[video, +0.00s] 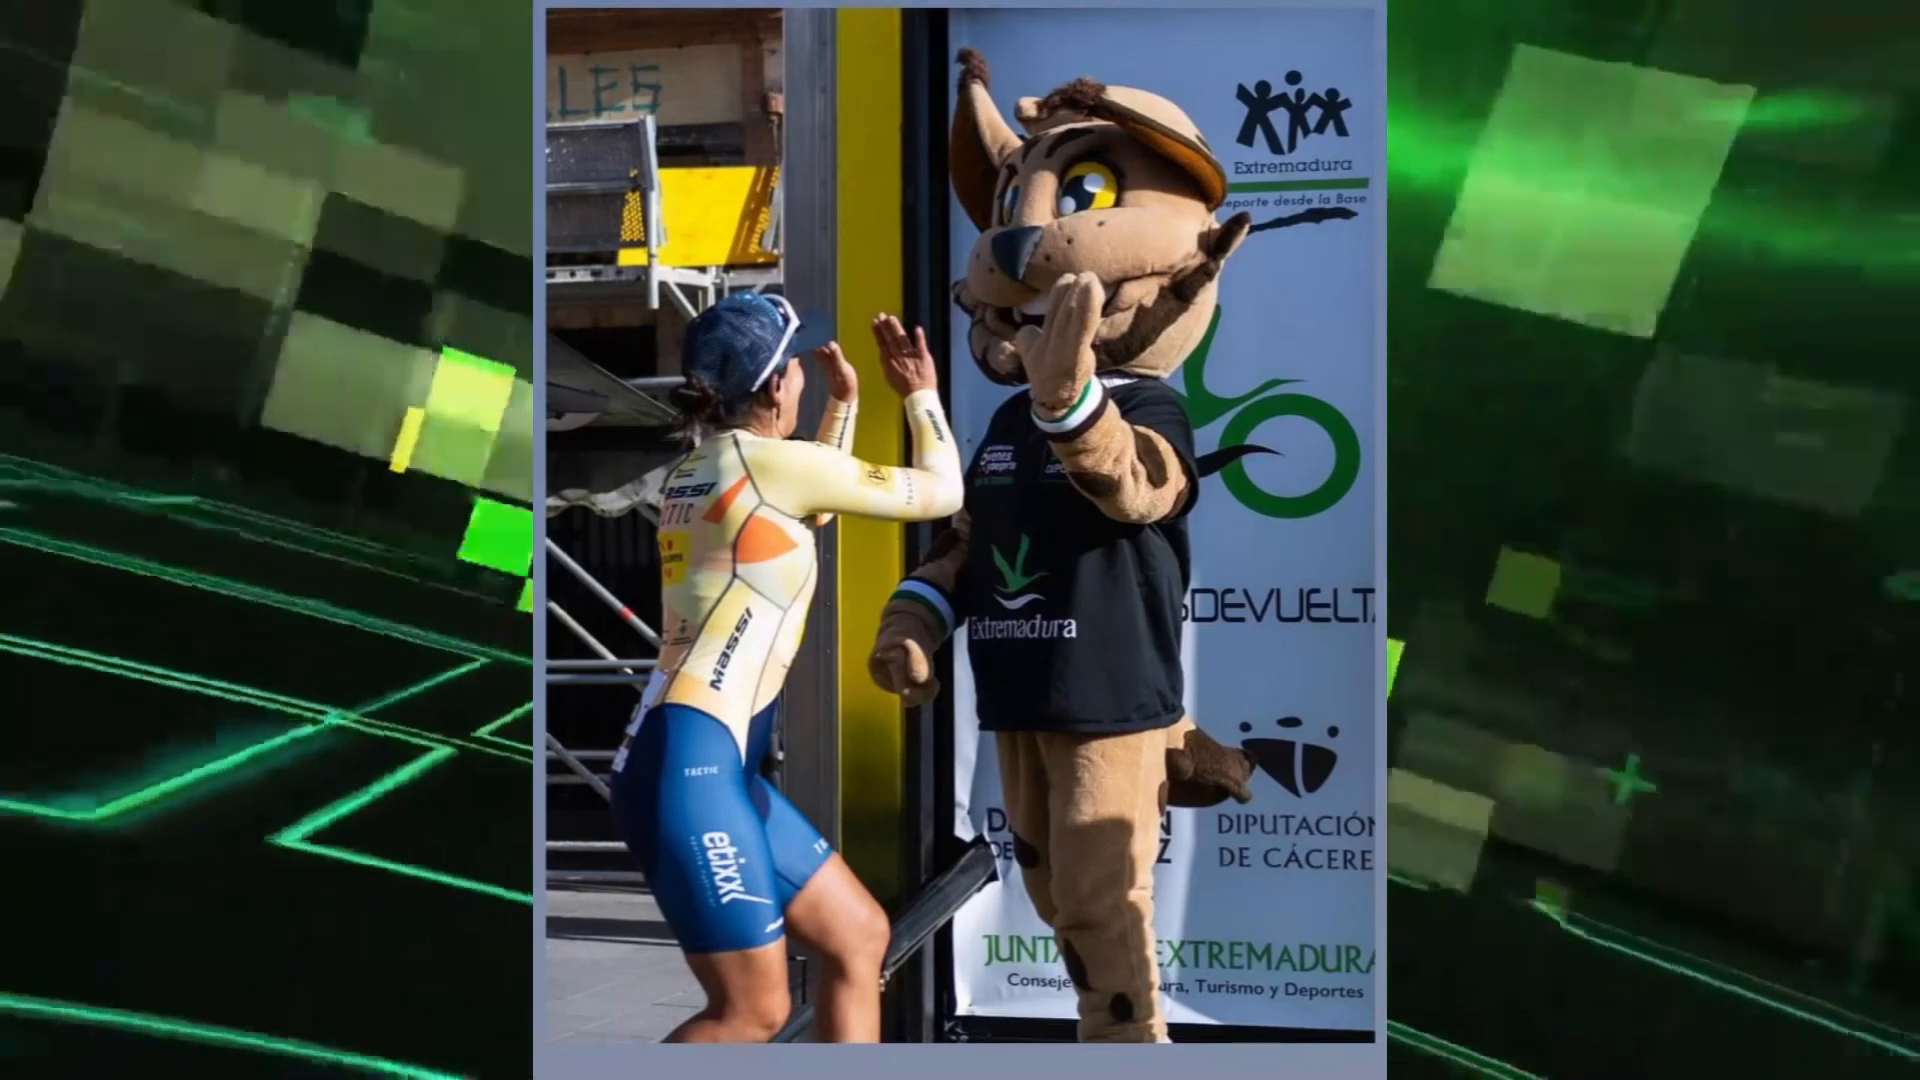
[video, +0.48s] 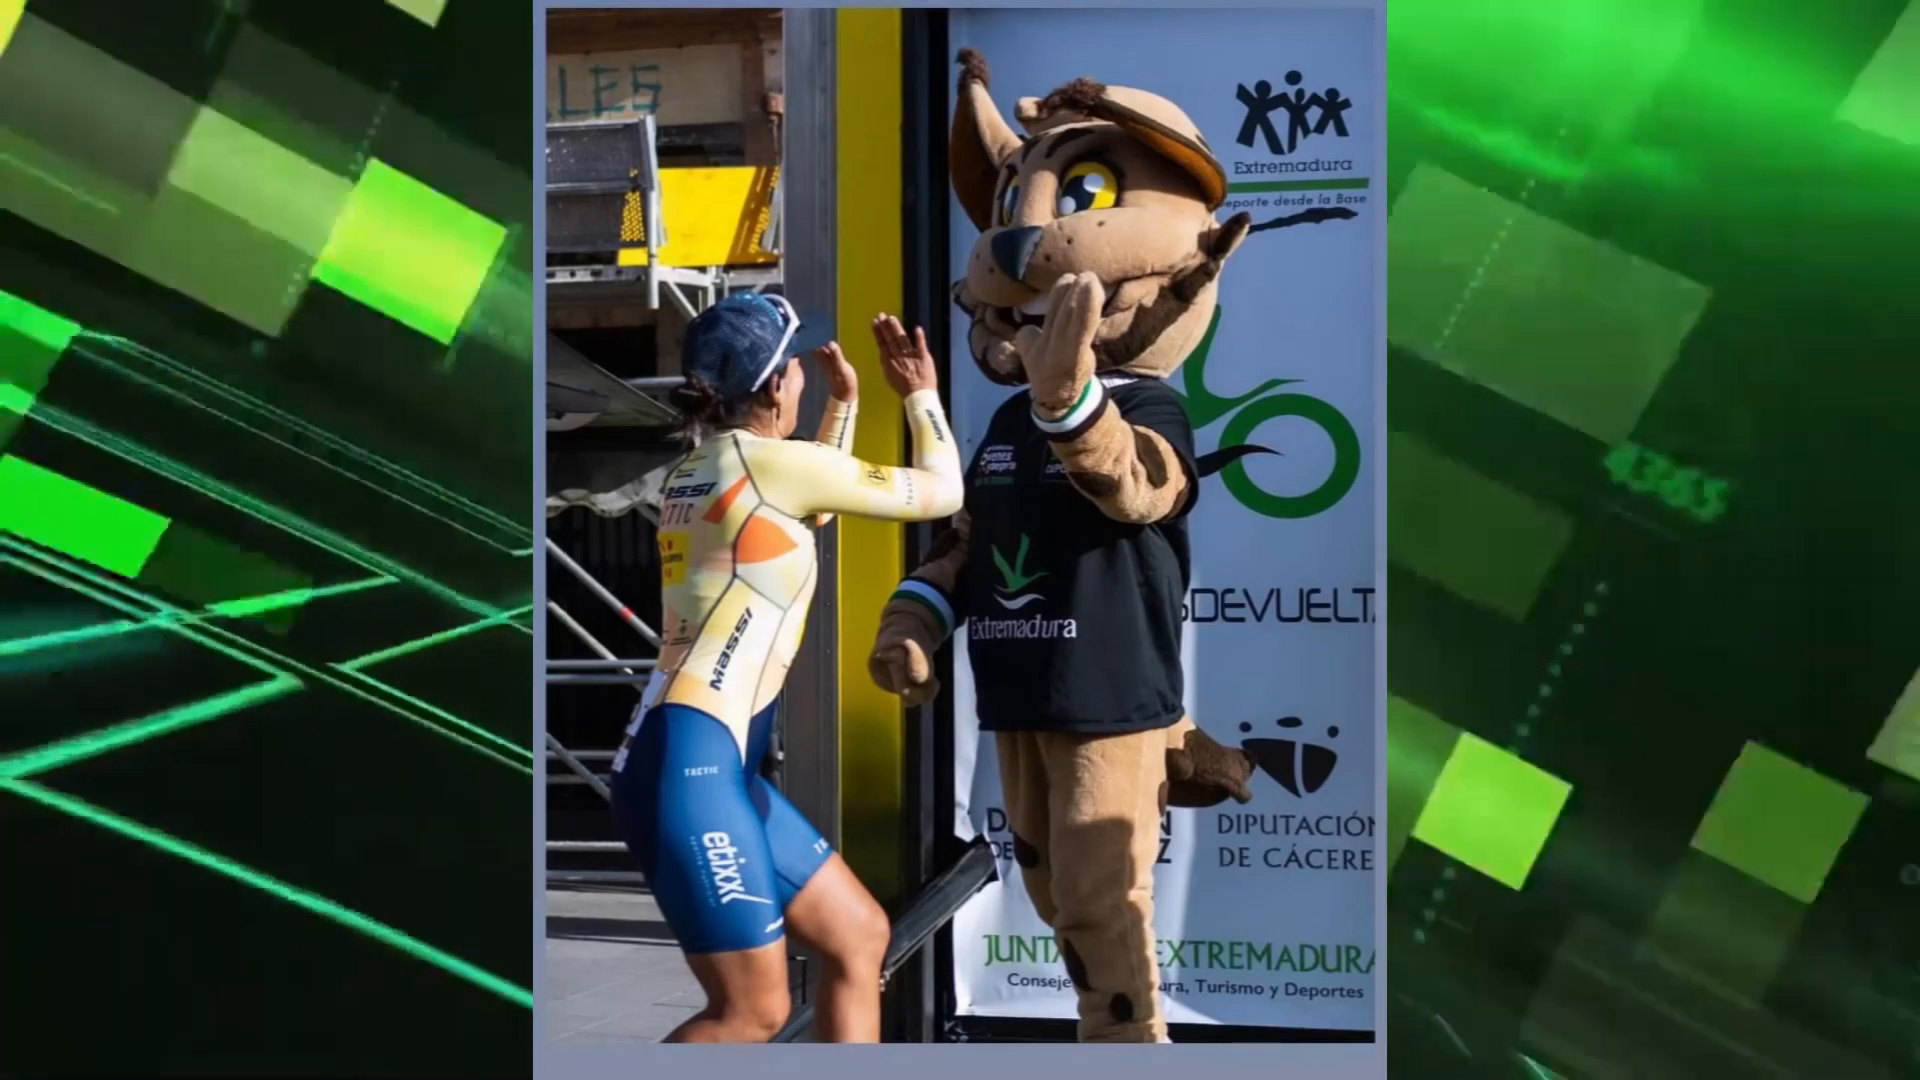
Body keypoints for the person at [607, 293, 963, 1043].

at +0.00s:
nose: (803, 377)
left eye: (800, 363)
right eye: (797, 364)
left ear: (714, 387)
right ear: (778, 380)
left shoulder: (695, 471)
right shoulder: (779, 465)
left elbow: (801, 496)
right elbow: (939, 492)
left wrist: (841, 411)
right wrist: (924, 396)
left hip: (715, 769)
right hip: (686, 774)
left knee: (860, 933)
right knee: (754, 1010)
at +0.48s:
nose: (803, 378)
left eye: (800, 363)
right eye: (797, 364)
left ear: (714, 387)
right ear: (777, 380)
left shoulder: (695, 471)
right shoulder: (779, 465)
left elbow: (801, 497)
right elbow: (938, 492)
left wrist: (841, 411)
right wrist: (924, 396)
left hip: (715, 769)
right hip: (686, 774)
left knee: (860, 933)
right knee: (754, 1009)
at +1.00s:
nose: (803, 377)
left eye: (800, 363)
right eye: (797, 364)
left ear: (714, 387)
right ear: (777, 380)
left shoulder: (695, 471)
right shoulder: (779, 465)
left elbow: (801, 497)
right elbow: (939, 492)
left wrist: (840, 411)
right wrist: (924, 396)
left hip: (715, 769)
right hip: (686, 774)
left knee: (860, 933)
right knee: (754, 1009)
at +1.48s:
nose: (803, 377)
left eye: (800, 363)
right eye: (797, 364)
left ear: (714, 387)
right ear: (778, 380)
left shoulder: (695, 471)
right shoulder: (779, 465)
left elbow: (801, 496)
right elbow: (938, 492)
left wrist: (841, 411)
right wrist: (924, 396)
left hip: (715, 769)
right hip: (686, 774)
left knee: (860, 933)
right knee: (754, 1009)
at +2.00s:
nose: (804, 377)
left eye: (800, 363)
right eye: (797, 364)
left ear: (714, 387)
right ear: (777, 380)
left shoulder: (695, 471)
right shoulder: (779, 465)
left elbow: (801, 497)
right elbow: (938, 492)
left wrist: (841, 411)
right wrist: (924, 396)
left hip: (714, 769)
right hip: (686, 774)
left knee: (860, 933)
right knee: (754, 1009)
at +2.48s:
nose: (803, 376)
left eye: (799, 362)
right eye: (797, 363)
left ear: (713, 387)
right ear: (777, 380)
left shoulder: (694, 471)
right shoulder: (780, 465)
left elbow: (799, 495)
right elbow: (938, 492)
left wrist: (840, 413)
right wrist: (924, 396)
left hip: (714, 770)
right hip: (686, 774)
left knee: (860, 934)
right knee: (754, 1010)